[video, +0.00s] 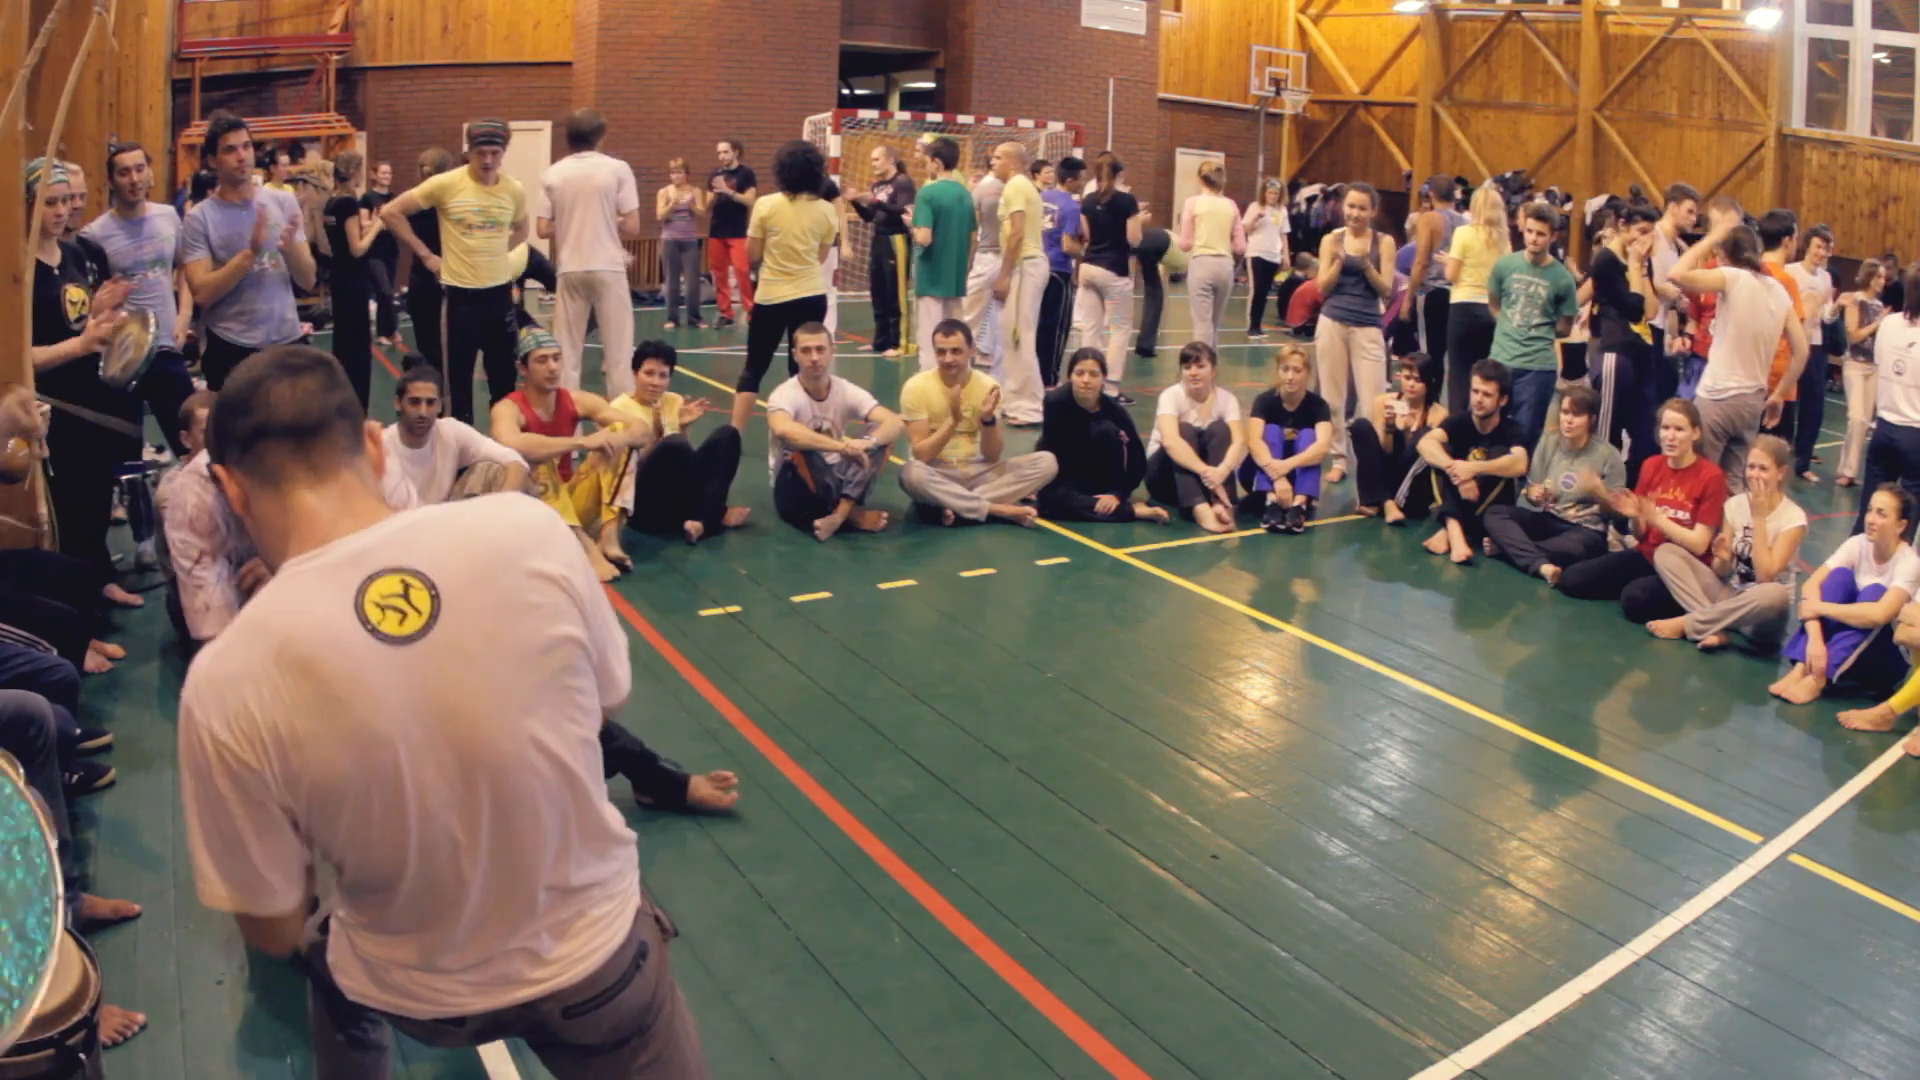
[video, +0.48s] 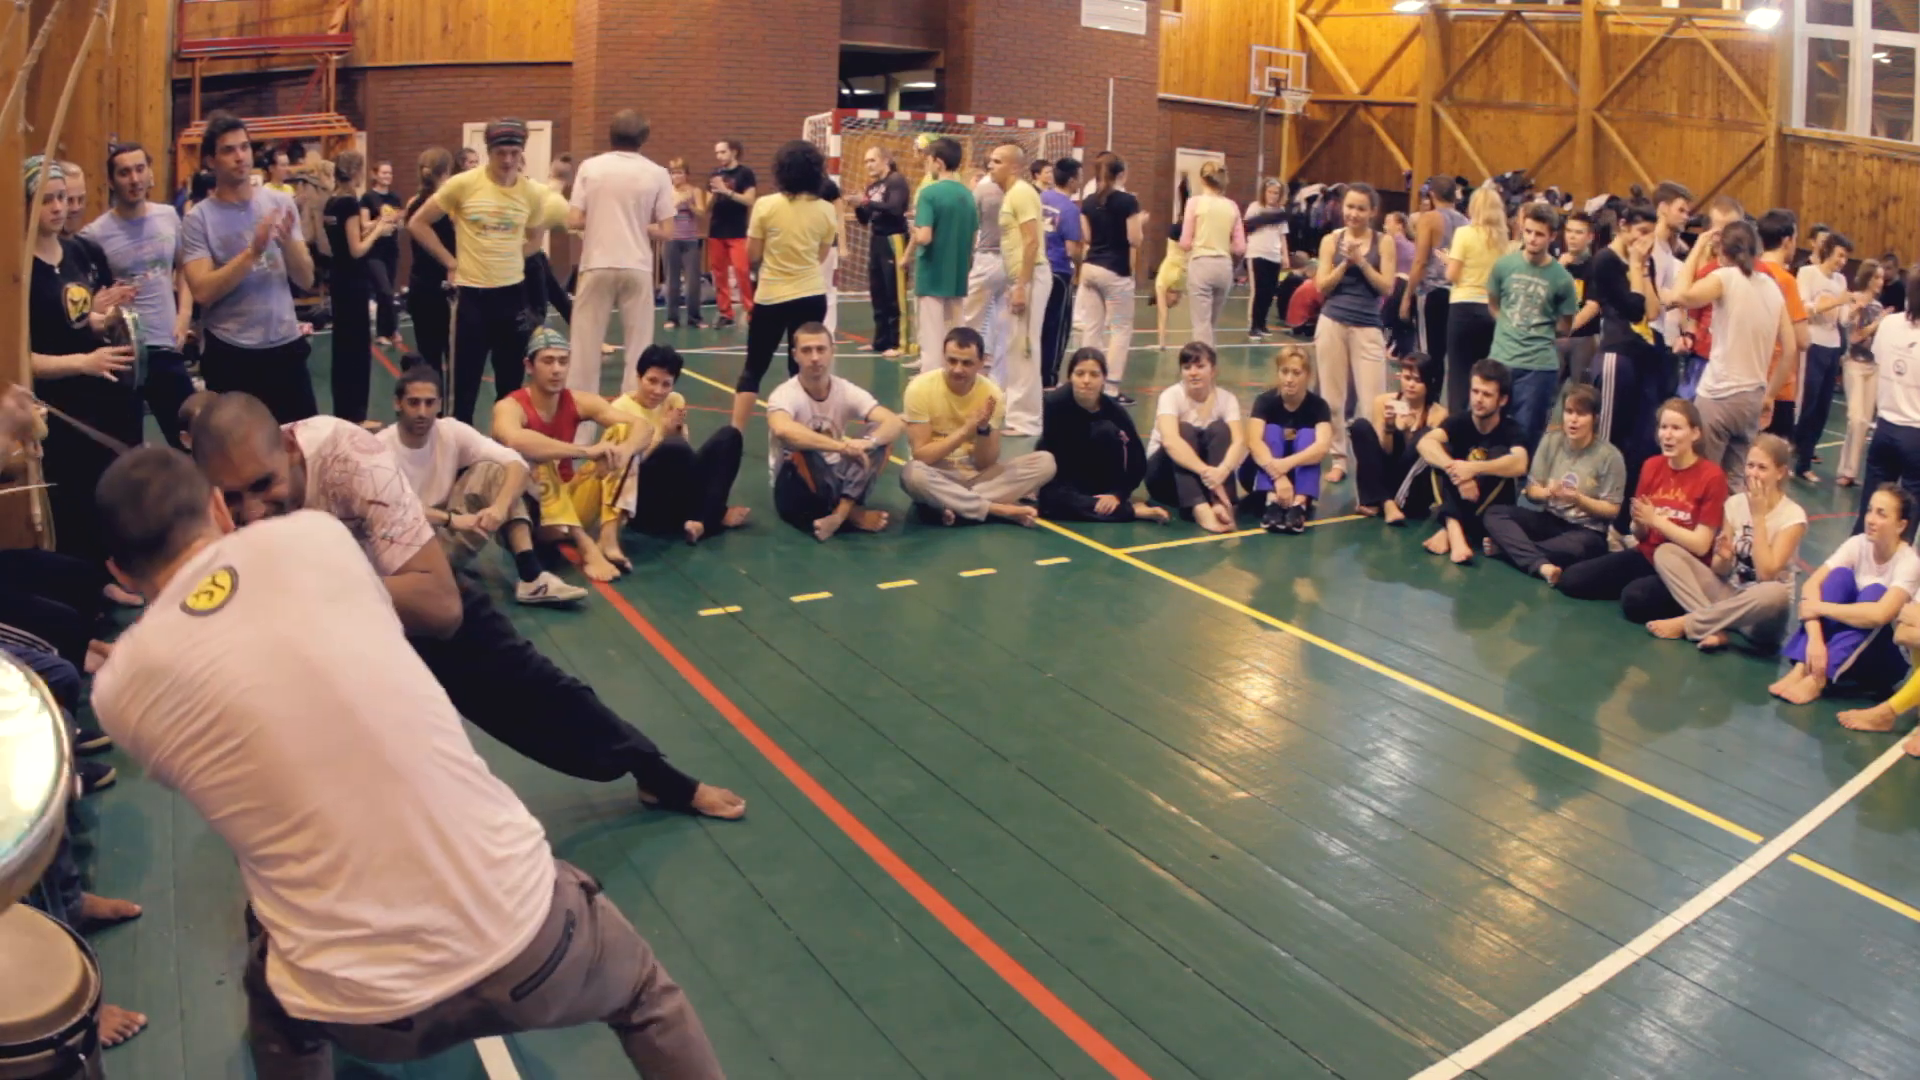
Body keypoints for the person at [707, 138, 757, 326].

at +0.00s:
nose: (722, 156)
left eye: (725, 152)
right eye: (719, 153)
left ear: (736, 153)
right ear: (717, 155)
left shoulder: (746, 173)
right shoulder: (716, 175)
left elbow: (750, 199)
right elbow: (708, 204)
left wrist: (727, 190)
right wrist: (715, 192)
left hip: (738, 232)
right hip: (717, 232)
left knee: (742, 271)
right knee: (719, 275)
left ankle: (750, 309)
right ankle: (724, 312)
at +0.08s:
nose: (721, 156)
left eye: (725, 152)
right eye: (719, 153)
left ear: (735, 153)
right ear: (717, 155)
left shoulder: (746, 173)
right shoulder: (715, 175)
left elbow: (750, 199)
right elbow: (708, 204)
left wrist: (727, 191)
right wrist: (715, 193)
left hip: (737, 232)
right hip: (717, 232)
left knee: (742, 271)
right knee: (719, 275)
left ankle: (750, 309)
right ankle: (724, 312)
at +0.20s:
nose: (721, 156)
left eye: (724, 152)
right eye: (718, 153)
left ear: (735, 152)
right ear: (716, 155)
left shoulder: (745, 173)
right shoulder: (716, 174)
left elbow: (750, 199)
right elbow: (708, 205)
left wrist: (726, 190)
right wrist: (712, 192)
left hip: (737, 232)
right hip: (717, 232)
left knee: (742, 271)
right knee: (719, 275)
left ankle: (750, 309)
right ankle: (724, 312)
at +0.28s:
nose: (721, 156)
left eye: (724, 152)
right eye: (718, 153)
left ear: (735, 152)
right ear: (716, 155)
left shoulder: (745, 173)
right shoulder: (716, 174)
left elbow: (750, 199)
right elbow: (708, 204)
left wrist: (726, 190)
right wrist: (712, 191)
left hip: (737, 233)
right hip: (717, 232)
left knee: (742, 271)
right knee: (719, 275)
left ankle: (750, 309)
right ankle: (724, 312)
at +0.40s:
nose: (720, 156)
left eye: (723, 152)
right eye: (717, 153)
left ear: (734, 152)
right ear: (716, 155)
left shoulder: (745, 173)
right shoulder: (716, 174)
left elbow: (750, 199)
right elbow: (708, 205)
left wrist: (725, 190)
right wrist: (714, 192)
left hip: (737, 233)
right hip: (717, 232)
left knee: (742, 271)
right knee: (719, 275)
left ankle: (749, 309)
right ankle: (724, 312)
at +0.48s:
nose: (719, 156)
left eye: (723, 152)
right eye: (717, 153)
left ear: (734, 152)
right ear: (716, 155)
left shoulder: (745, 173)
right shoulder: (716, 175)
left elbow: (750, 199)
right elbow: (708, 205)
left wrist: (725, 191)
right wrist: (714, 192)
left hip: (737, 233)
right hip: (716, 233)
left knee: (742, 271)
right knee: (719, 275)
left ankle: (749, 309)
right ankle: (725, 312)